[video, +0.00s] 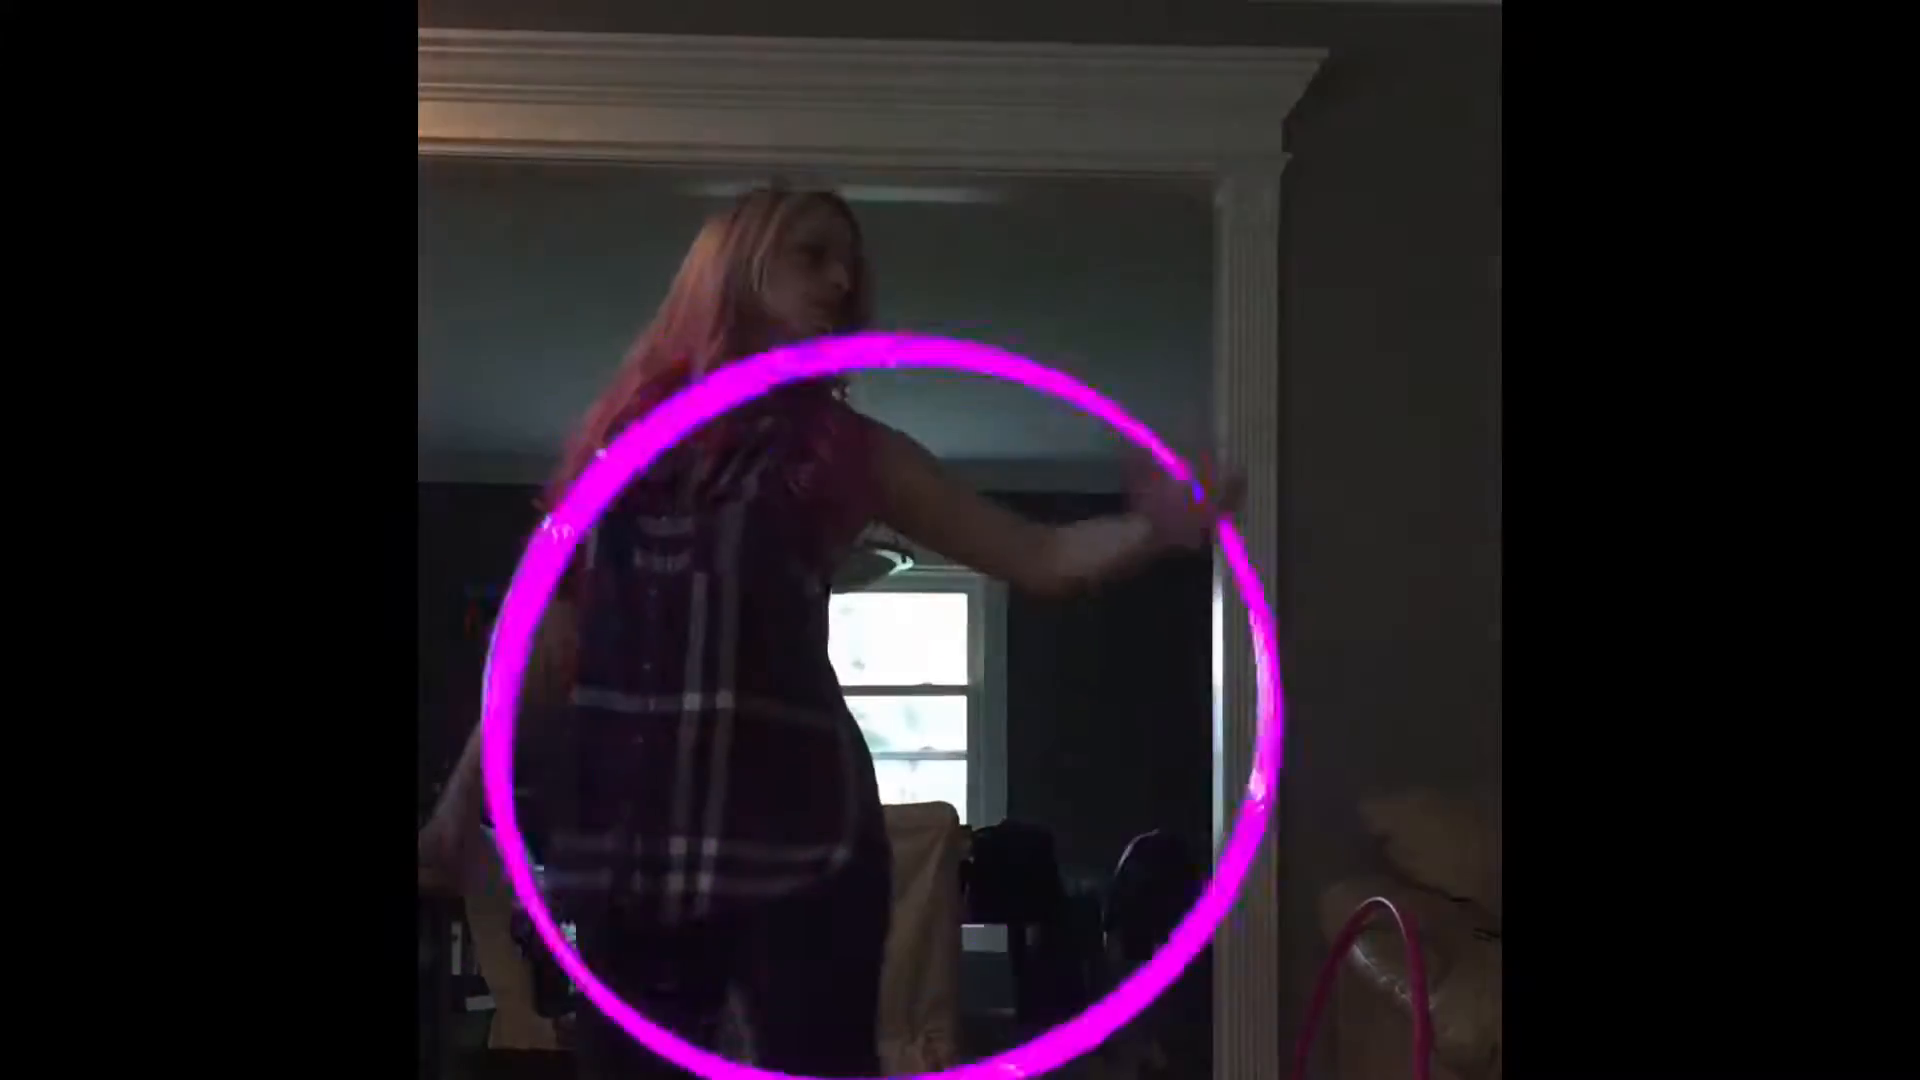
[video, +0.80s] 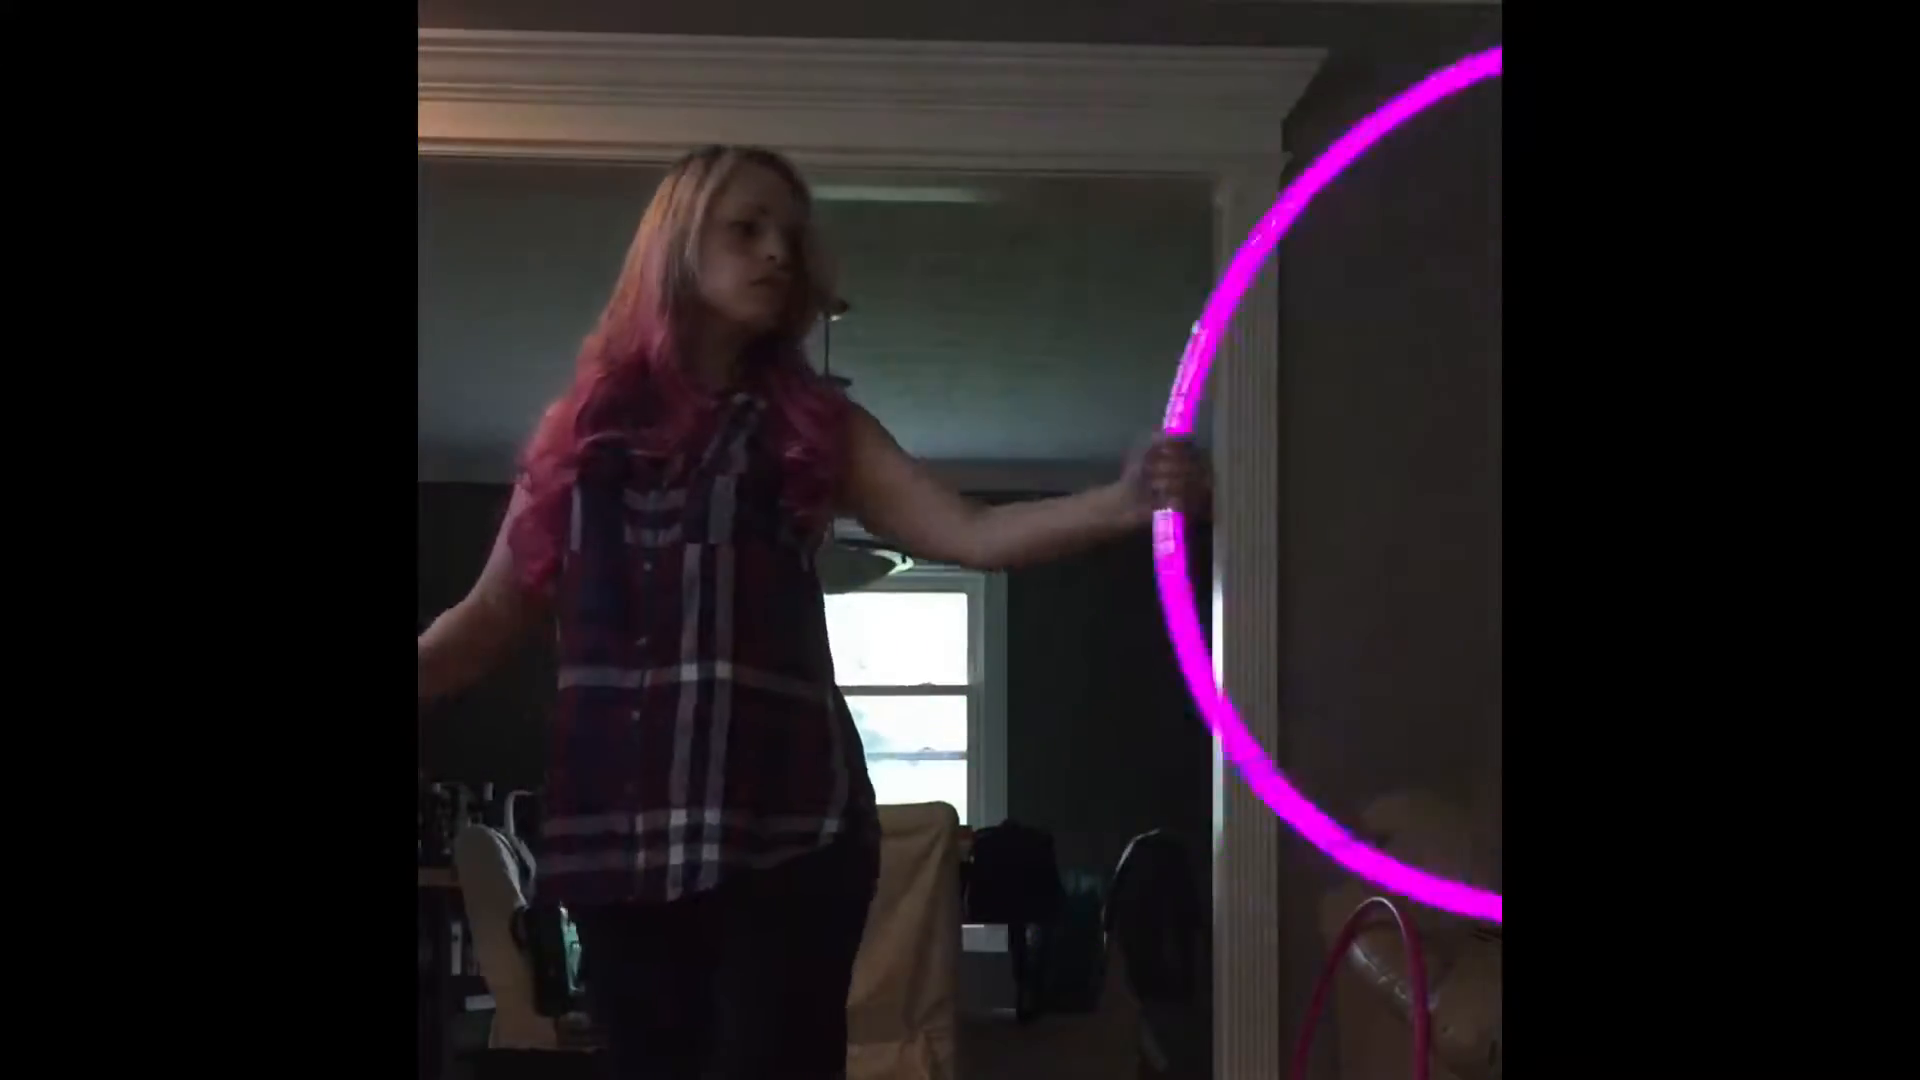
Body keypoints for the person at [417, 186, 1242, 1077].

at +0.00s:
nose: (840, 278)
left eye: (850, 263)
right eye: (811, 253)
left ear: (855, 290)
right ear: (736, 268)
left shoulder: (838, 443)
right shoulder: (624, 439)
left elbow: (1032, 555)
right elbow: (545, 647)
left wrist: (1148, 531)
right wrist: (458, 804)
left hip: (798, 844)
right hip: (626, 839)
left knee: (814, 1072)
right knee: (626, 1065)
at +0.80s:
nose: (778, 252)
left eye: (793, 238)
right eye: (748, 228)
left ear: (805, 267)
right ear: (678, 243)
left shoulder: (810, 419)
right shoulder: (590, 418)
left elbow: (967, 532)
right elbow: (488, 612)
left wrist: (1124, 502)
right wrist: (416, 683)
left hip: (793, 833)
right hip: (625, 835)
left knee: (781, 1059)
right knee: (648, 1056)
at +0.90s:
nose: (771, 250)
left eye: (789, 233)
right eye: (740, 227)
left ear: (810, 259)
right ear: (679, 249)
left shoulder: (835, 418)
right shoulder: (595, 423)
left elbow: (926, 551)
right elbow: (517, 605)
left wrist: (992, 528)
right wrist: (462, 613)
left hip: (804, 835)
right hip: (633, 835)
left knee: (801, 1059)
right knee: (658, 1061)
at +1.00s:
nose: (768, 247)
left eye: (788, 226)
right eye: (742, 223)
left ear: (815, 246)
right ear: (691, 245)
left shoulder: (853, 412)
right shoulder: (610, 425)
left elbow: (905, 579)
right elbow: (534, 616)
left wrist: (850, 548)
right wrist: (545, 518)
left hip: (814, 822)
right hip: (645, 821)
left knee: (818, 1058)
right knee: (667, 1063)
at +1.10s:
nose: (786, 239)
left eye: (809, 219)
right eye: (759, 215)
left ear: (835, 245)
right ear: (711, 244)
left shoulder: (881, 408)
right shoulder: (653, 393)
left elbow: (875, 591)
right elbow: (572, 571)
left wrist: (723, 567)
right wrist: (648, 420)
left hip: (842, 821)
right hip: (672, 818)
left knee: (834, 1064)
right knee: (689, 1064)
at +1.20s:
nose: (815, 229)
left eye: (840, 209)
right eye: (789, 205)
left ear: (868, 237)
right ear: (743, 230)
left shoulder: (912, 400)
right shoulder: (676, 389)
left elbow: (887, 588)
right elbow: (617, 505)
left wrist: (681, 549)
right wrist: (721, 360)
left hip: (872, 837)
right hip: (696, 834)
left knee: (861, 1068)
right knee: (708, 1067)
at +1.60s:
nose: (930, 195)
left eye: (961, 169)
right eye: (901, 165)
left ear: (992, 193)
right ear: (853, 181)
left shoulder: (1023, 380)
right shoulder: (779, 329)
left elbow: (1014, 614)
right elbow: (649, 421)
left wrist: (788, 599)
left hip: (949, 835)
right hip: (769, 824)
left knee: (929, 1067)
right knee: (759, 1065)